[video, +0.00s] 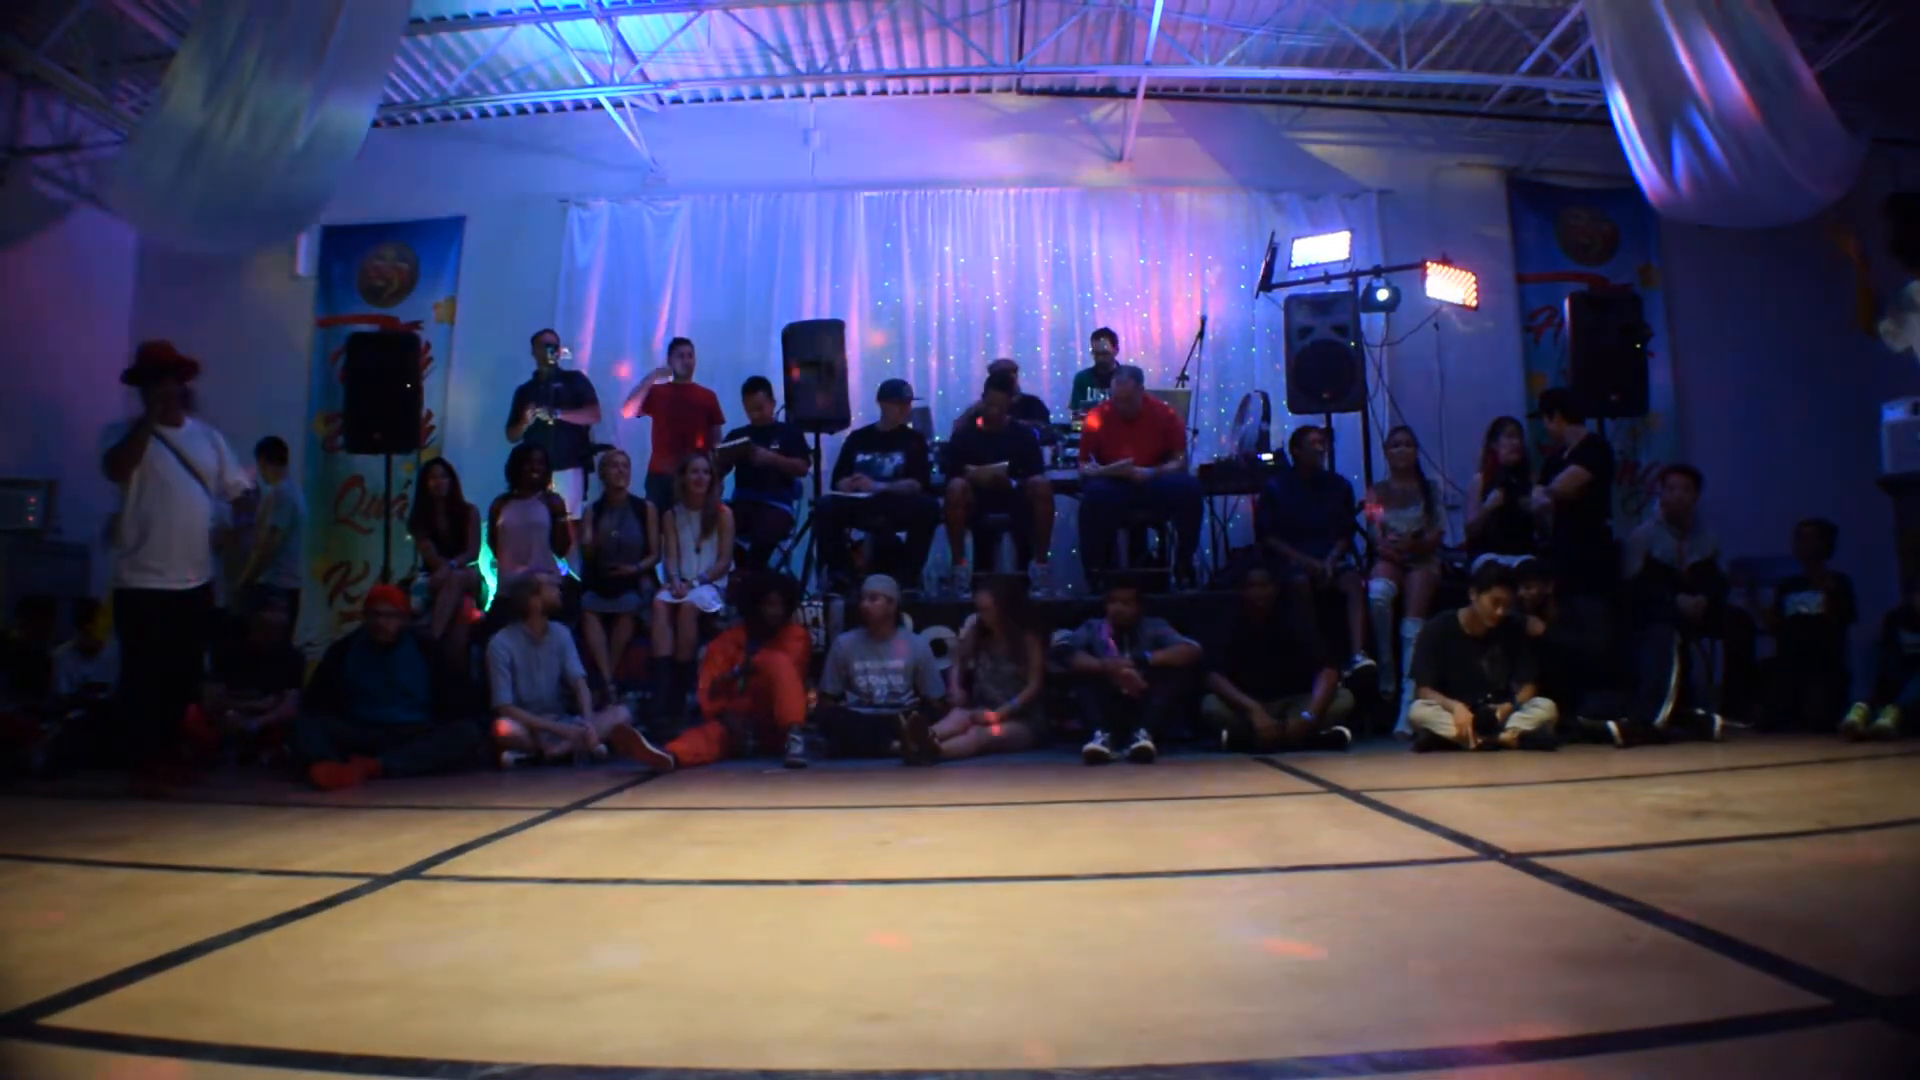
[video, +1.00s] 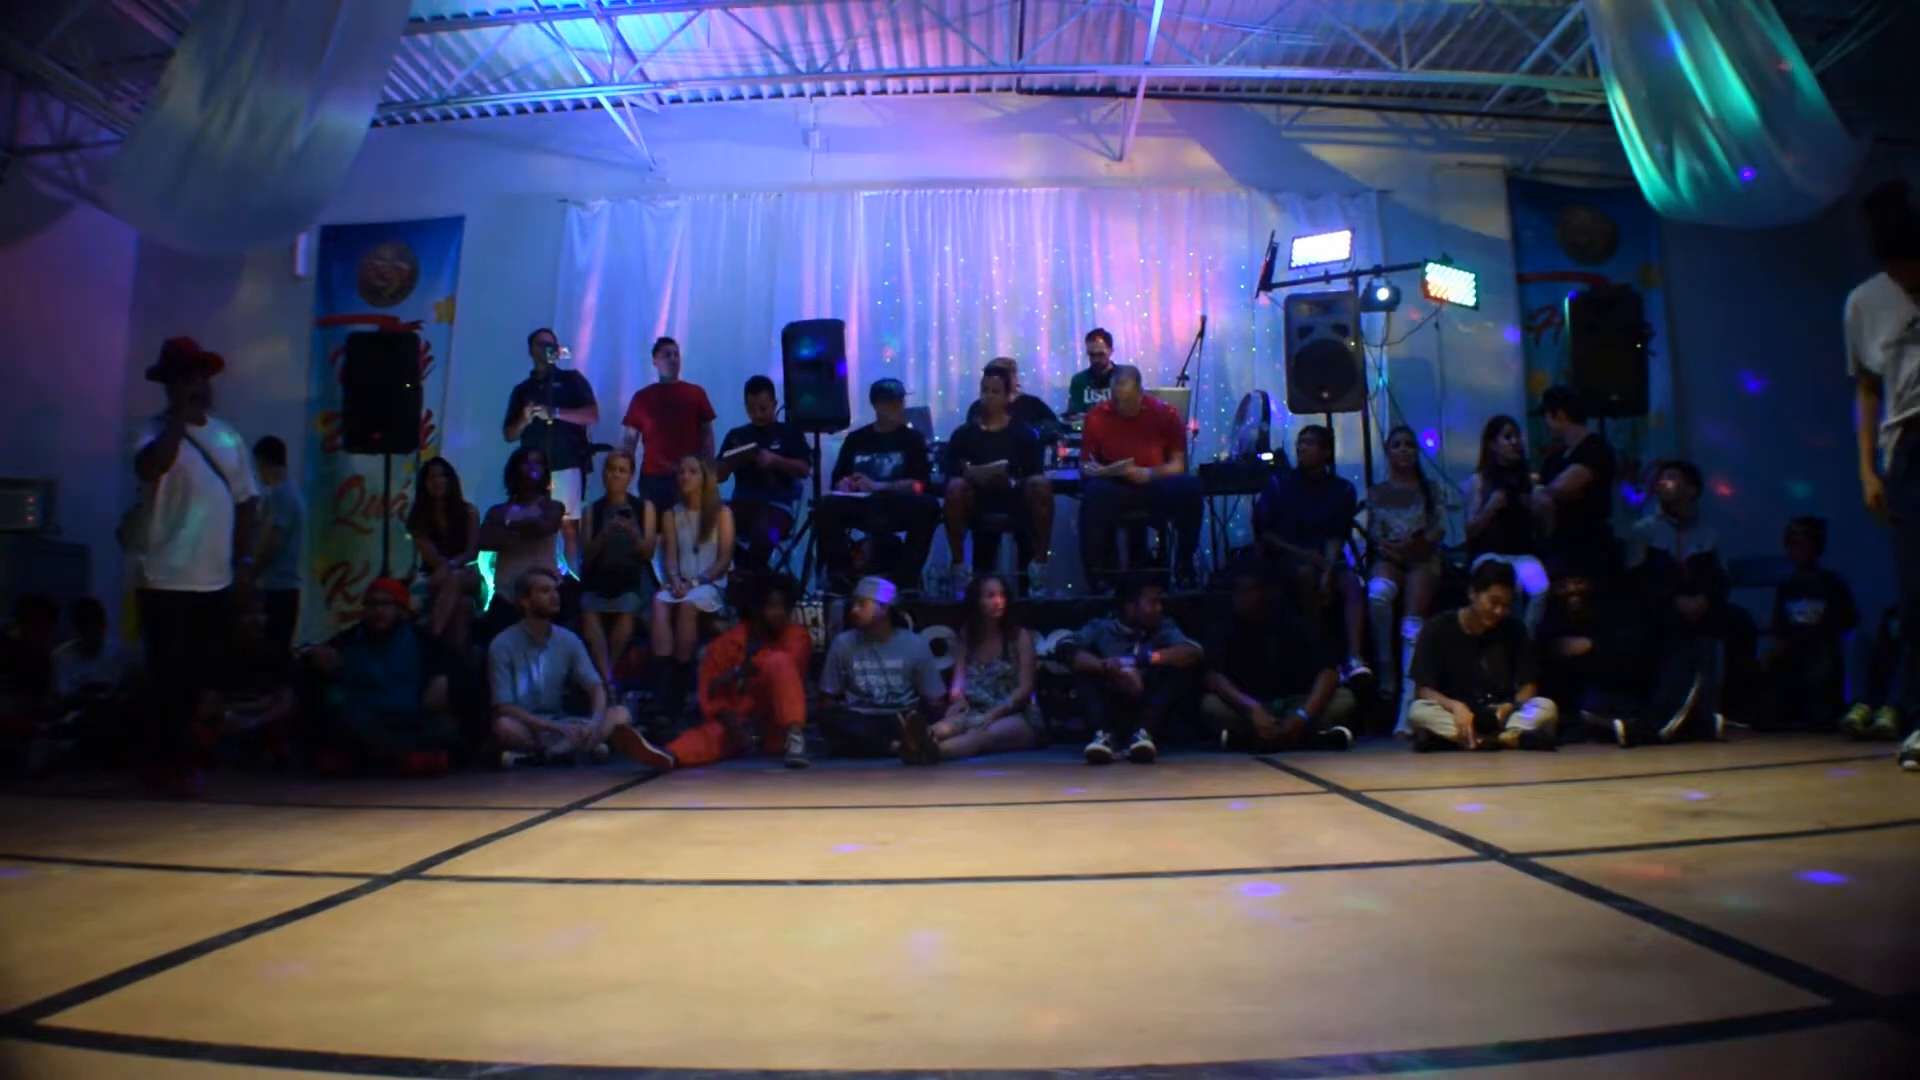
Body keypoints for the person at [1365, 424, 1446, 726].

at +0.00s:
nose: (1401, 451)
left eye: (1407, 445)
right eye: (1394, 446)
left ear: (1417, 452)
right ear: (1386, 453)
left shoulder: (1430, 489)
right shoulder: (1377, 491)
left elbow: (1439, 528)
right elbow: (1374, 533)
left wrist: (1415, 544)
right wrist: (1391, 547)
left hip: (1420, 557)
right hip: (1388, 556)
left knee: (1412, 630)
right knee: (1378, 596)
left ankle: (1407, 708)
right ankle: (1386, 669)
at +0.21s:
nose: (1403, 450)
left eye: (1408, 444)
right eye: (1396, 445)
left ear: (1417, 450)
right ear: (1387, 452)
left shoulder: (1431, 490)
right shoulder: (1378, 492)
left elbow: (1439, 528)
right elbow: (1373, 530)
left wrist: (1417, 545)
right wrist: (1390, 548)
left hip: (1421, 557)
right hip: (1389, 556)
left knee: (1413, 626)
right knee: (1379, 599)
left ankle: (1410, 691)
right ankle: (1385, 673)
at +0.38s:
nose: (1404, 450)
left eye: (1409, 445)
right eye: (1397, 445)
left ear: (1418, 451)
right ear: (1387, 452)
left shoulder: (1430, 490)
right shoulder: (1377, 492)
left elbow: (1438, 531)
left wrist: (1410, 544)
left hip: (1420, 556)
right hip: (1388, 557)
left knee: (1413, 628)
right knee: (1378, 597)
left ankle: (1409, 707)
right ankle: (1387, 676)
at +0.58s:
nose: (1403, 451)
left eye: (1408, 445)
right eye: (1396, 446)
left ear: (1415, 451)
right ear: (1386, 452)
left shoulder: (1428, 489)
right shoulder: (1376, 492)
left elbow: (1437, 526)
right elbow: (1369, 529)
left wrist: (1419, 543)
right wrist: (1386, 544)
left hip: (1418, 554)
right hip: (1387, 553)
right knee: (1377, 598)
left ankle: (1408, 679)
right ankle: (1384, 669)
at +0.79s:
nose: (1403, 451)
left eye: (1409, 445)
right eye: (1396, 446)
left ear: (1416, 451)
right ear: (1387, 452)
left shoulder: (1431, 488)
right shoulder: (1377, 492)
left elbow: (1439, 527)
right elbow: (1373, 533)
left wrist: (1418, 545)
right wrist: (1390, 549)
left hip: (1420, 557)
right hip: (1388, 556)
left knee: (1412, 628)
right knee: (1378, 596)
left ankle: (1408, 707)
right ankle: (1384, 671)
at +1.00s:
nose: (1403, 451)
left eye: (1409, 445)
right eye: (1396, 446)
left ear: (1417, 451)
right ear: (1387, 453)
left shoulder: (1431, 488)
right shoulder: (1377, 492)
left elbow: (1440, 525)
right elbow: (1371, 530)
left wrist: (1422, 541)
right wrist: (1387, 546)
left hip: (1420, 555)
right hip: (1387, 554)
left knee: (1412, 628)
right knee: (1378, 595)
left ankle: (1408, 705)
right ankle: (1385, 671)